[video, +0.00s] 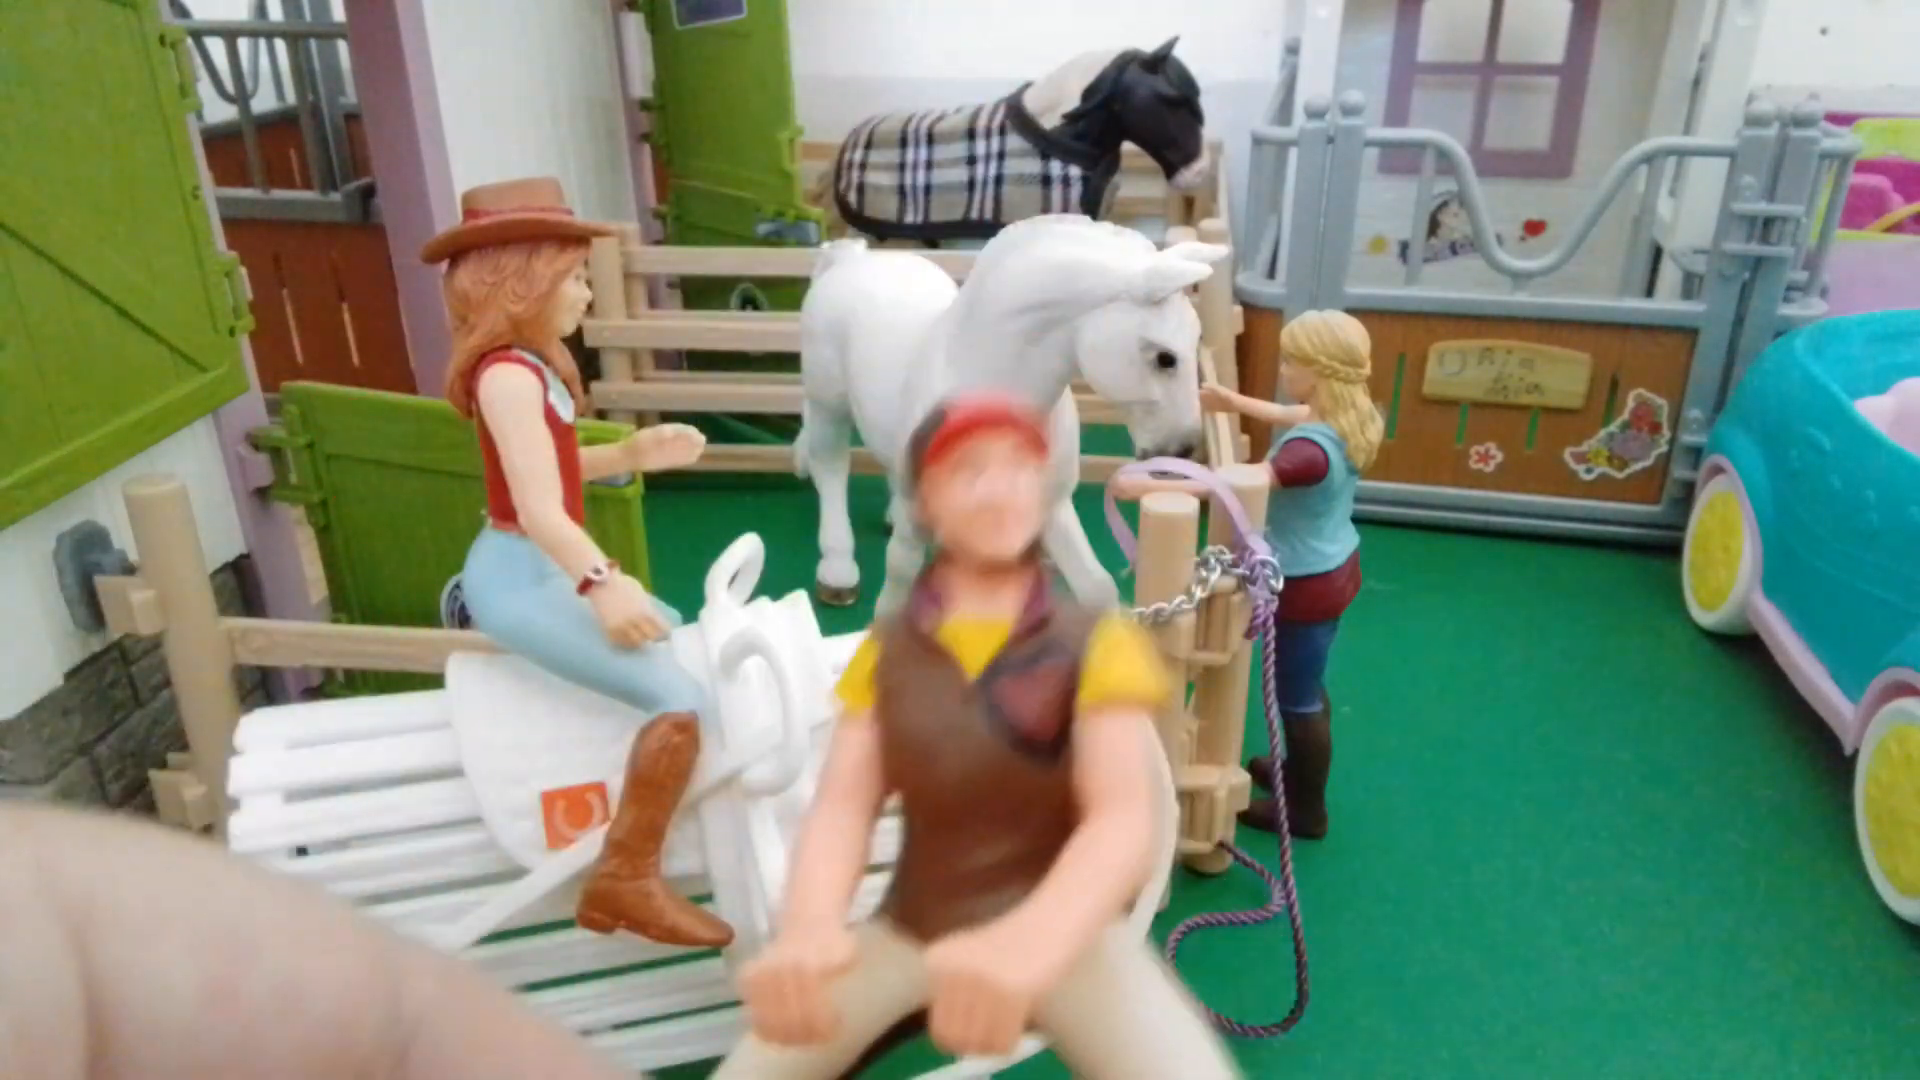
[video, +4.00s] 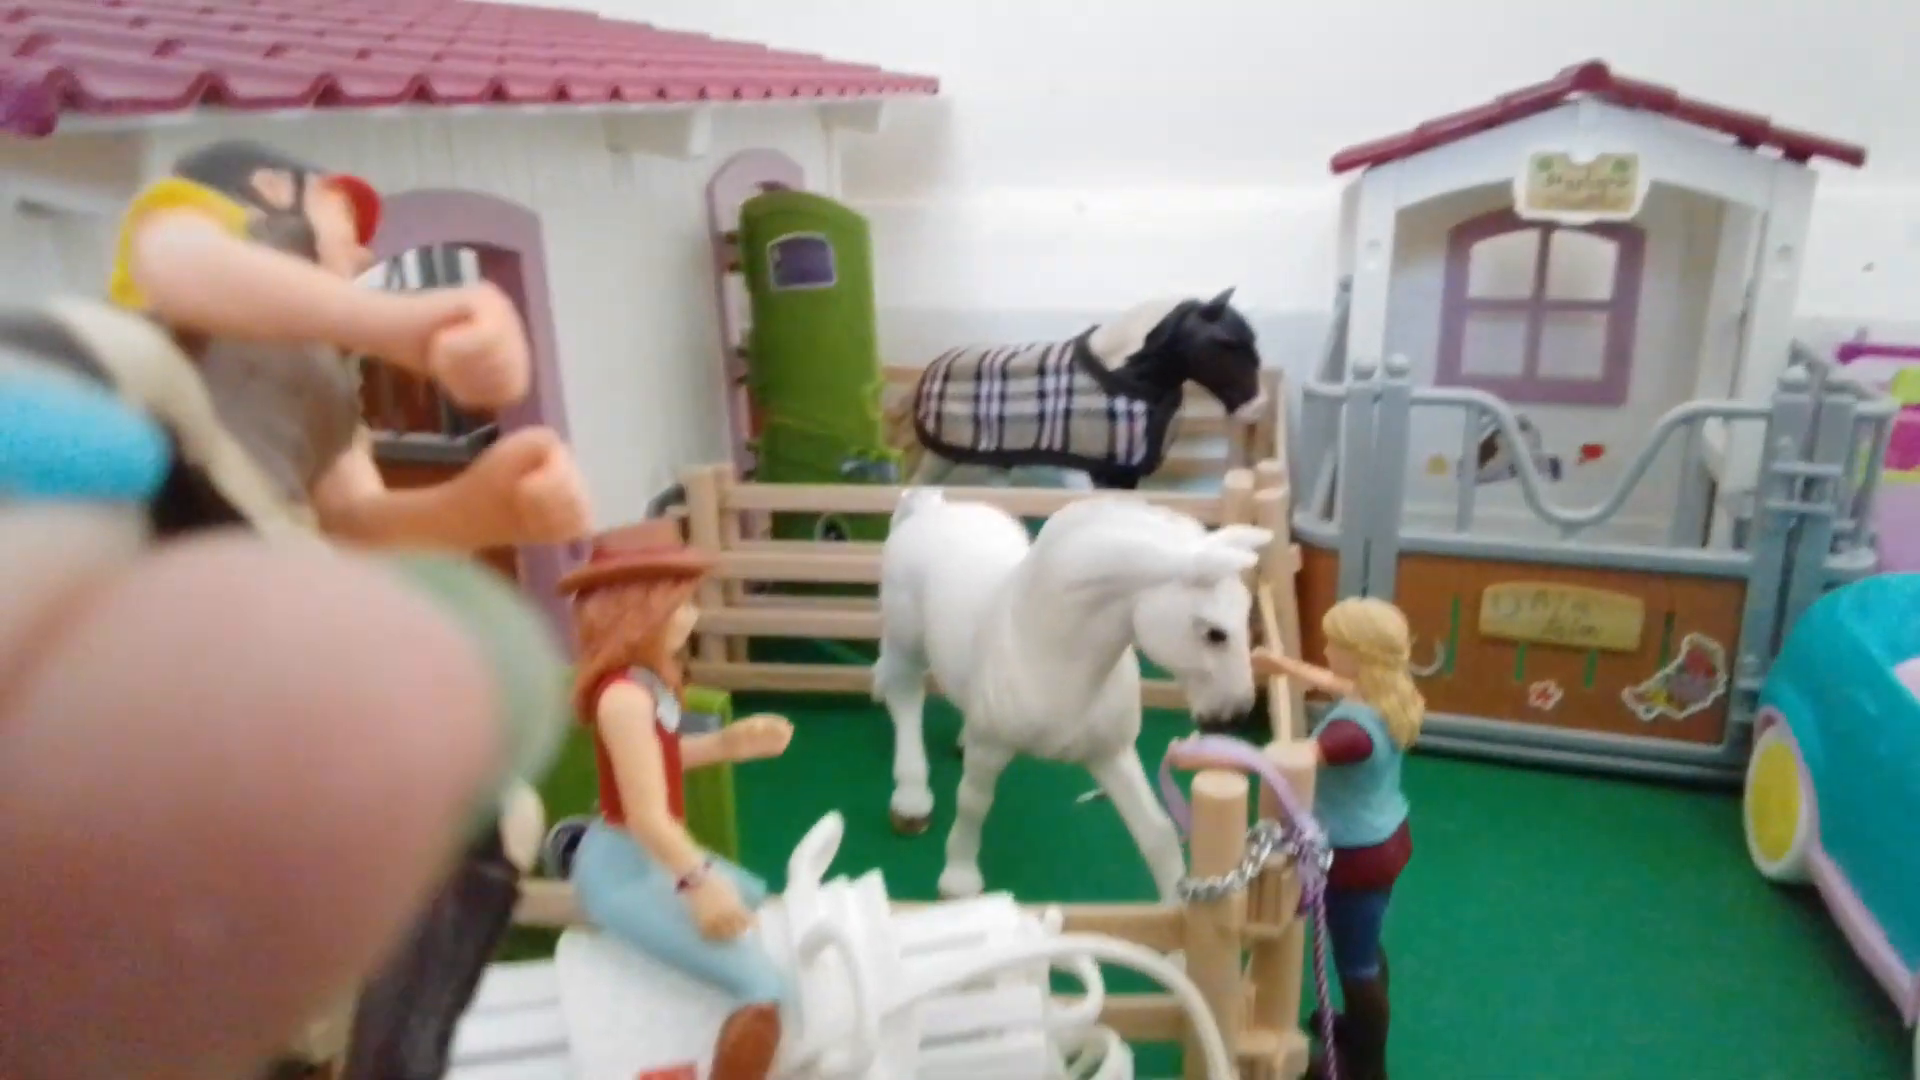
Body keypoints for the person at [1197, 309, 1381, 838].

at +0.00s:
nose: (1282, 371)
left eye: (1290, 362)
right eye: (1285, 360)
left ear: (1319, 373)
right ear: (1335, 374)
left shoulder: (1314, 447)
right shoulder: (1346, 418)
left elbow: (1249, 478)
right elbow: (1288, 415)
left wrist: (1165, 483)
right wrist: (1235, 400)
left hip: (1305, 587)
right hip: (1332, 564)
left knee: (1298, 699)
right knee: (1302, 680)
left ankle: (1304, 812)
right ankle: (1299, 771)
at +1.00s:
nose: (1282, 369)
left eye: (1291, 359)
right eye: (1284, 358)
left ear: (1310, 372)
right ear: (1340, 372)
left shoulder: (1317, 444)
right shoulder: (1347, 421)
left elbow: (1258, 475)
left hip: (1308, 579)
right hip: (1335, 559)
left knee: (1299, 699)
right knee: (1308, 685)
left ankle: (1305, 804)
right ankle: (1306, 791)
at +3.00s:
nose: (1282, 370)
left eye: (1290, 362)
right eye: (1284, 360)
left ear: (1317, 373)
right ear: (1337, 373)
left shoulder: (1314, 448)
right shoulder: (1348, 418)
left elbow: (1248, 479)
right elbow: (1289, 416)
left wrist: (1163, 484)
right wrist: (1236, 400)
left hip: (1305, 588)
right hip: (1333, 565)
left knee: (1300, 700)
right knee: (1301, 680)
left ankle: (1304, 811)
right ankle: (1298, 771)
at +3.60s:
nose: (1312, 427)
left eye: (1319, 417)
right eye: (1315, 417)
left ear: (1338, 424)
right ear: (1372, 423)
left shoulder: (1341, 497)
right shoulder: (1363, 480)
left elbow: (1281, 536)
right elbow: (1307, 469)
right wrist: (1256, 449)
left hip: (1333, 635)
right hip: (1352, 625)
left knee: (1319, 750)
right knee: (1325, 743)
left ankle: (1323, 867)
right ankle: (1318, 847)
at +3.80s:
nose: (1307, 680)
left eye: (1314, 671)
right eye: (1309, 670)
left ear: (1339, 683)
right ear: (1352, 683)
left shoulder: (1339, 755)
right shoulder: (1361, 727)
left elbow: (1272, 786)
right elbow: (1311, 711)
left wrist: (1203, 781)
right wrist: (1257, 689)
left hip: (1336, 888)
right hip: (1364, 866)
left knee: (1332, 998)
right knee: (1338, 979)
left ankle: (1340, 1071)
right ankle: (1337, 1060)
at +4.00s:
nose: (1327, 652)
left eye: (1334, 645)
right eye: (1328, 644)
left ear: (1359, 657)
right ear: (1379, 656)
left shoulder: (1356, 728)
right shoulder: (1391, 698)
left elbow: (1276, 762)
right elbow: (1333, 684)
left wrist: (1206, 754)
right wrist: (1279, 663)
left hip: (1358, 858)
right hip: (1384, 839)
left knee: (1358, 968)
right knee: (1363, 949)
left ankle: (1364, 1068)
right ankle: (1358, 1035)